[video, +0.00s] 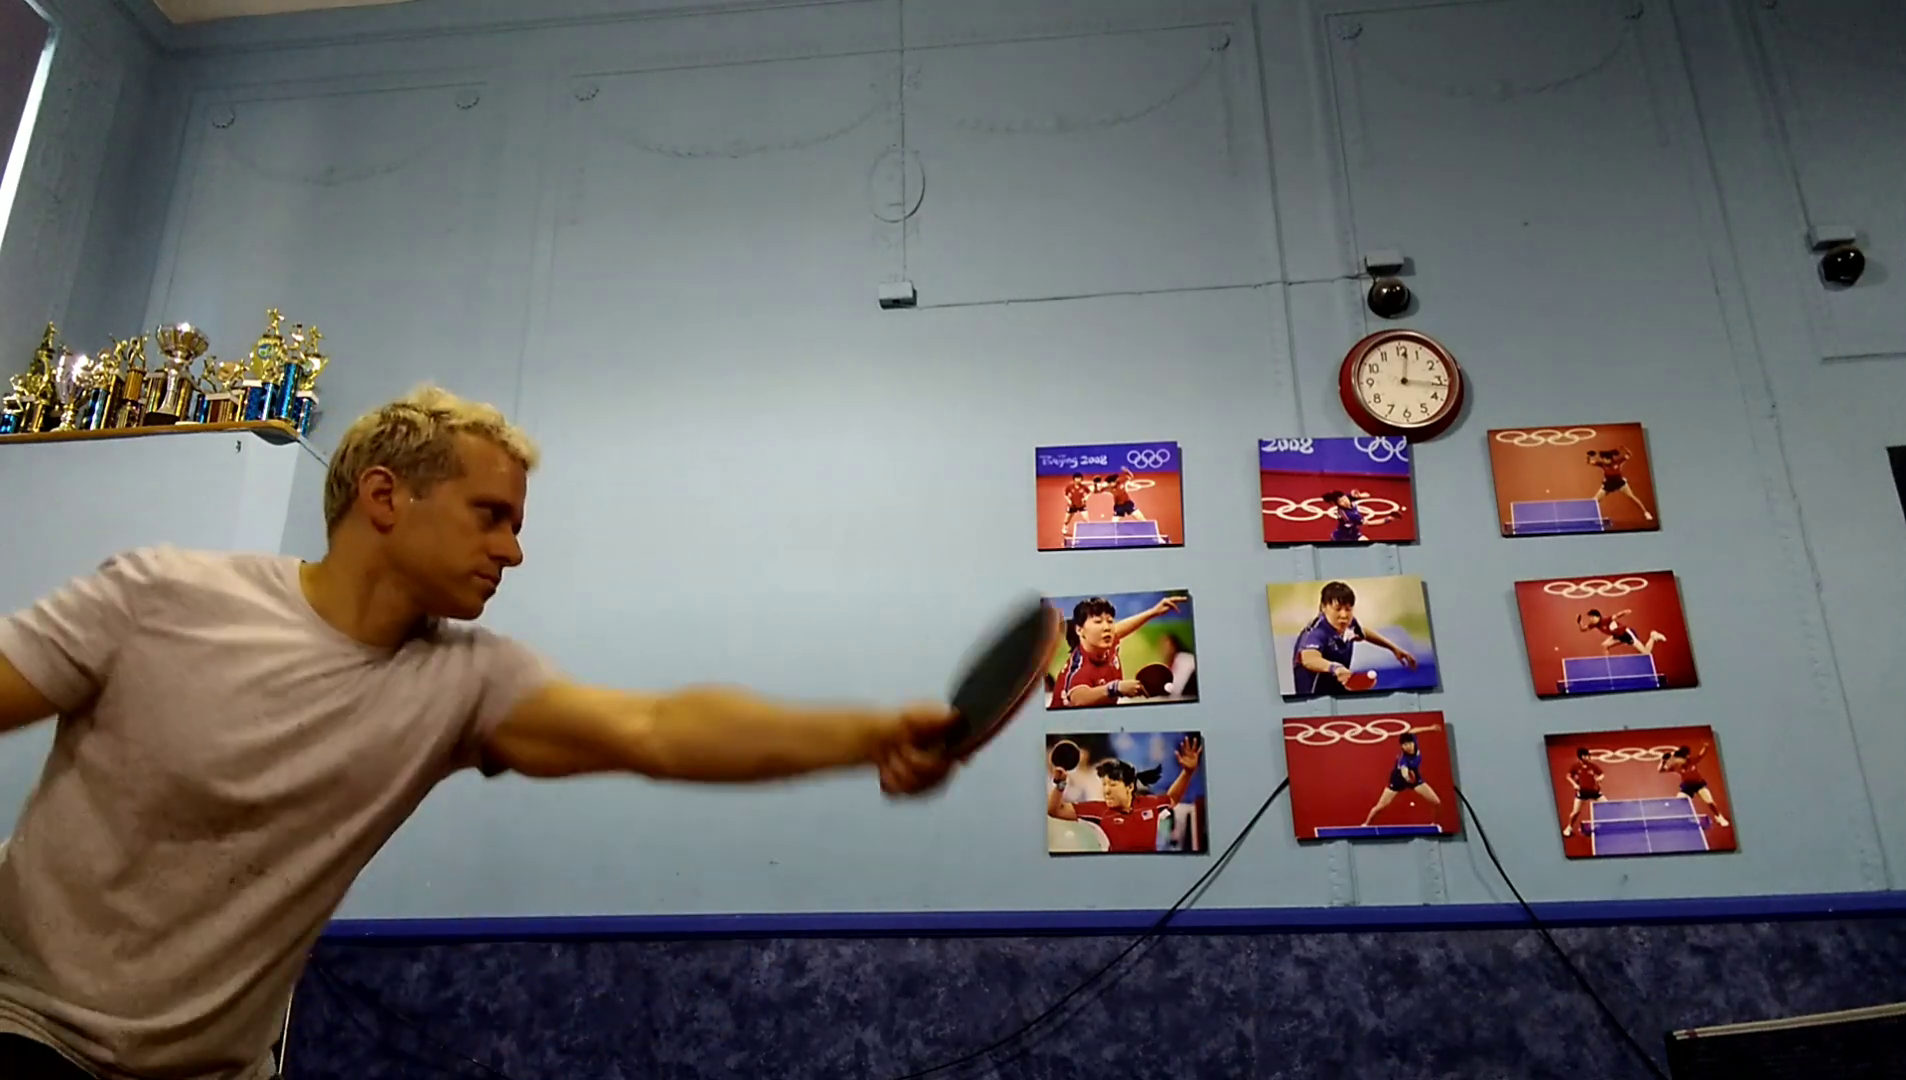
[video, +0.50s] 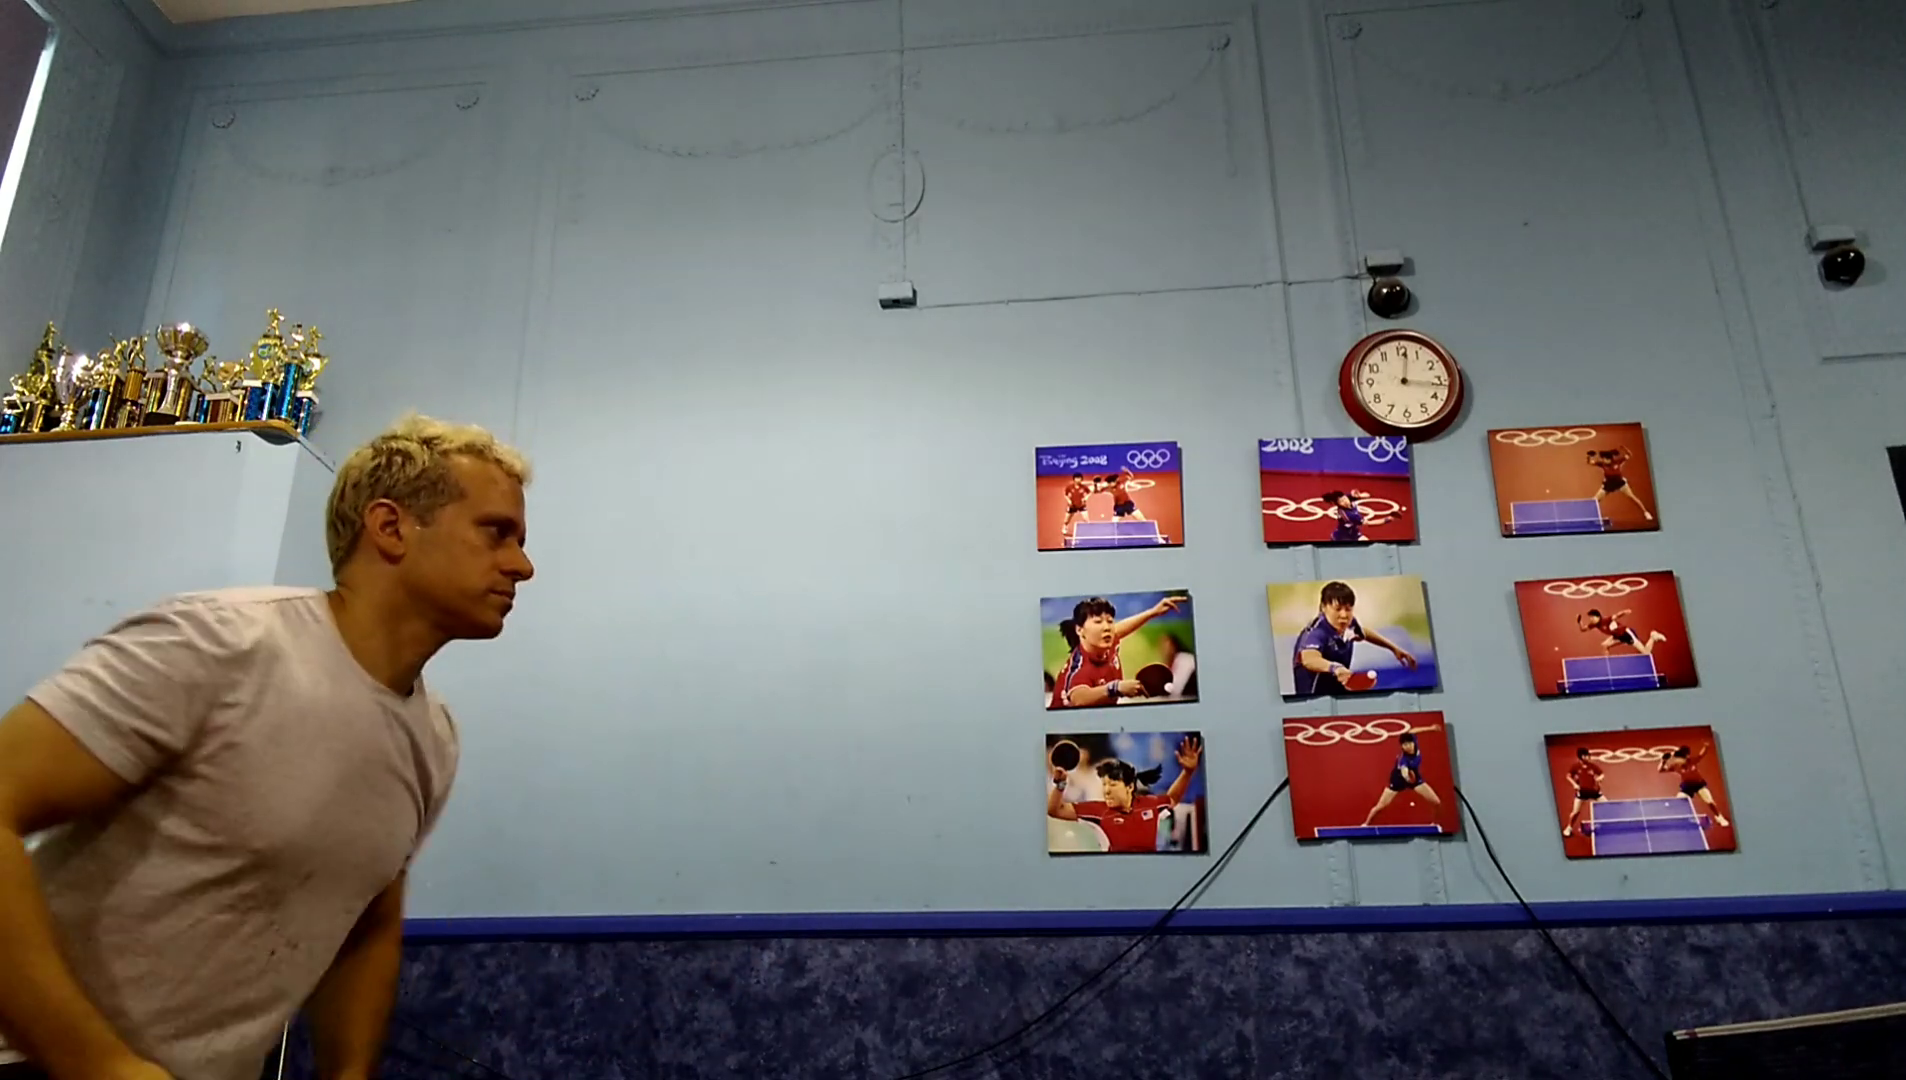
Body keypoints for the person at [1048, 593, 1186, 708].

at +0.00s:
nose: (1107, 628)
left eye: (1109, 622)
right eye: (1098, 622)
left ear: (1114, 626)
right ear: (1080, 630)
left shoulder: (1109, 644)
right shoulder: (1079, 665)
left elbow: (1119, 630)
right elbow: (1078, 699)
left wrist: (1154, 611)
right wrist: (1115, 687)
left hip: (1102, 725)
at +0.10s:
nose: (1107, 628)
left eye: (1109, 622)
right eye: (1098, 622)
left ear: (1114, 626)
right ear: (1080, 630)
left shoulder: (1109, 644)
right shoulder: (1079, 666)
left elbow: (1119, 630)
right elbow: (1078, 698)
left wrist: (1154, 611)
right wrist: (1115, 687)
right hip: (1069, 729)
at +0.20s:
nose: (1107, 628)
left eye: (1109, 622)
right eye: (1098, 622)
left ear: (1114, 626)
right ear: (1080, 630)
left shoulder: (1109, 644)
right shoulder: (1079, 666)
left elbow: (1119, 630)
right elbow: (1078, 698)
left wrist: (1154, 611)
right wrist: (1115, 687)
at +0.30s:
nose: (1107, 628)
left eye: (1109, 622)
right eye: (1098, 622)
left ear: (1114, 626)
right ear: (1080, 630)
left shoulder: (1109, 644)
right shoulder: (1079, 666)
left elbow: (1119, 630)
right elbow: (1078, 698)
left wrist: (1154, 611)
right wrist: (1115, 687)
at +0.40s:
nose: (1107, 628)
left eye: (1110, 622)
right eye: (1098, 622)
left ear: (1114, 626)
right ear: (1080, 630)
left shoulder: (1109, 644)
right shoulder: (1079, 666)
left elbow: (1119, 630)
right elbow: (1078, 699)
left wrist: (1154, 612)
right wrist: (1115, 687)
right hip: (1069, 729)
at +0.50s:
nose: (1107, 628)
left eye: (1110, 622)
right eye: (1098, 622)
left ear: (1114, 626)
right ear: (1080, 630)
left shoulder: (1109, 644)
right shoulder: (1079, 666)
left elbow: (1119, 630)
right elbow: (1078, 698)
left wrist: (1154, 612)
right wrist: (1115, 687)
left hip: (1102, 724)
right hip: (1070, 729)